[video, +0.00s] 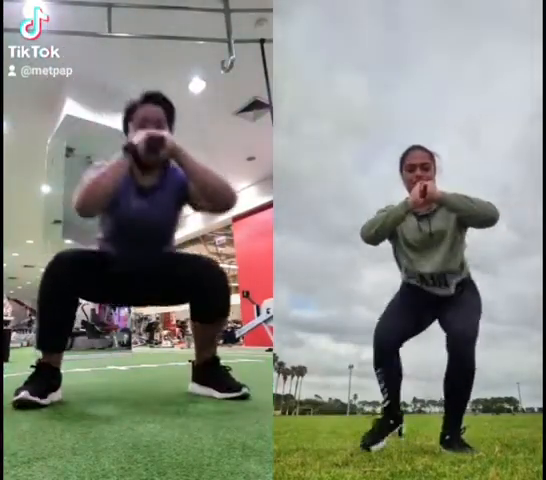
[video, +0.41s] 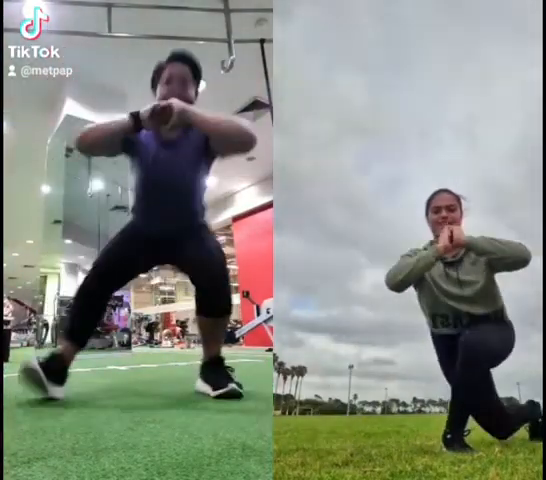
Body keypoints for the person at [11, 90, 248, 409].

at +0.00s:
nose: (152, 135)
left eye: (160, 126)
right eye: (142, 125)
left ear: (171, 135)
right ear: (128, 135)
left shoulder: (178, 179)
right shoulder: (112, 172)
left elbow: (225, 201)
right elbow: (85, 207)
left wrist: (178, 152)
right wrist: (127, 158)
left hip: (160, 271)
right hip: (111, 270)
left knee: (209, 275)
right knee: (63, 268)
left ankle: (206, 369)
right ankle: (47, 373)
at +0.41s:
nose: (172, 91)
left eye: (181, 84)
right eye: (166, 83)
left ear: (196, 92)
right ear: (154, 90)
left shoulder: (203, 136)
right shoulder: (138, 134)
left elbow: (246, 139)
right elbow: (84, 142)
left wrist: (192, 116)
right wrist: (135, 122)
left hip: (190, 235)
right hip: (142, 233)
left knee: (215, 282)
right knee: (95, 285)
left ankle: (213, 367)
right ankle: (58, 367)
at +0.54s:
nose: (176, 78)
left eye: (185, 72)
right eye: (169, 72)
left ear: (197, 80)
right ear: (157, 80)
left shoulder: (207, 123)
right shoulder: (143, 125)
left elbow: (247, 130)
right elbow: (94, 147)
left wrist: (193, 109)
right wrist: (138, 120)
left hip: (197, 224)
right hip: (152, 222)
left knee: (210, 281)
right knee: (110, 262)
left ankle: (211, 367)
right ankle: (99, 334)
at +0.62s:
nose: (180, 77)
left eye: (188, 71)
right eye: (172, 71)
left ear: (199, 79)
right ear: (160, 79)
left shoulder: (209, 122)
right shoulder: (147, 126)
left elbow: (249, 131)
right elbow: (104, 155)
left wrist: (197, 109)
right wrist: (143, 120)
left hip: (199, 220)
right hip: (156, 219)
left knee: (204, 275)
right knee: (123, 265)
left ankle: (209, 365)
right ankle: (145, 334)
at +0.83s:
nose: (174, 112)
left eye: (182, 106)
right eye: (168, 105)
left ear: (194, 115)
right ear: (156, 113)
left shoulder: (204, 154)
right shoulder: (144, 158)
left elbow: (249, 169)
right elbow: (118, 200)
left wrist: (192, 141)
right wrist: (148, 156)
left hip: (204, 236)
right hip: (161, 239)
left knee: (202, 277)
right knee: (166, 309)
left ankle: (207, 363)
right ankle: (186, 354)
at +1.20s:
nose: (163, 83)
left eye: (171, 77)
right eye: (157, 77)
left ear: (183, 87)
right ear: (145, 87)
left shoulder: (193, 131)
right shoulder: (135, 138)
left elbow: (240, 151)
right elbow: (105, 172)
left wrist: (185, 126)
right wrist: (138, 133)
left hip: (196, 223)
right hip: (155, 227)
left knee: (198, 280)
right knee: (154, 305)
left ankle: (206, 365)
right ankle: (180, 349)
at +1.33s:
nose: (153, 61)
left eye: (162, 55)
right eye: (146, 56)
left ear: (176, 64)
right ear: (137, 64)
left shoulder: (190, 107)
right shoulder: (128, 113)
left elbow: (234, 120)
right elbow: (89, 145)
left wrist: (178, 96)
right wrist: (124, 108)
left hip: (188, 210)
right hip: (144, 211)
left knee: (195, 275)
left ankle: (206, 366)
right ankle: (137, 336)